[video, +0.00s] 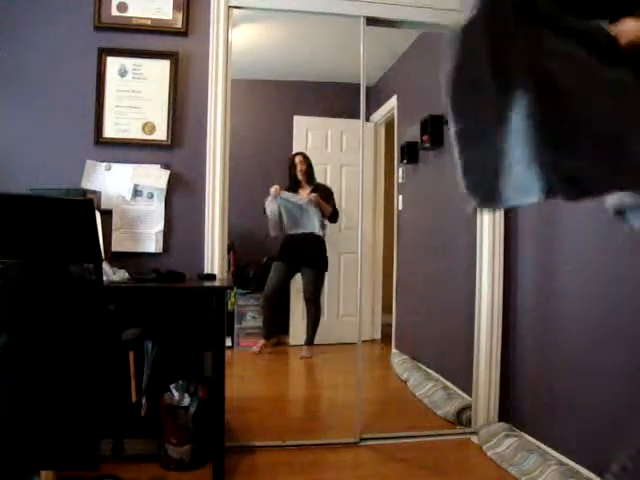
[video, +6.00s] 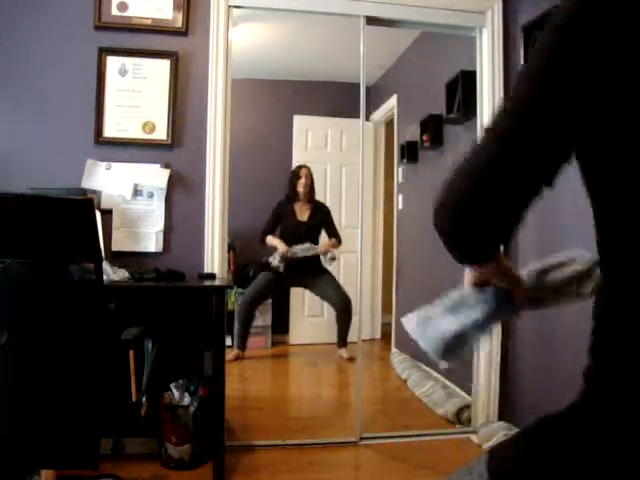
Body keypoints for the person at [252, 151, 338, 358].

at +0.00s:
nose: (301, 167)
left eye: (303, 163)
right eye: (297, 164)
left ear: (309, 166)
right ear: (291, 169)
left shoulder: (321, 190)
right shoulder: (286, 193)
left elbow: (334, 217)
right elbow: (274, 219)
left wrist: (319, 202)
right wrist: (274, 197)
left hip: (313, 243)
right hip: (290, 243)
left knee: (311, 296)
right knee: (270, 292)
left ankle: (308, 344)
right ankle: (268, 337)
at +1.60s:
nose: (309, 163)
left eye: (312, 159)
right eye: (304, 159)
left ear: (317, 163)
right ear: (297, 164)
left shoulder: (327, 191)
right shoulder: (289, 191)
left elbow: (344, 218)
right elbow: (273, 221)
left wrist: (344, 222)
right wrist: (281, 230)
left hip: (321, 252)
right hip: (293, 254)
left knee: (330, 302)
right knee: (281, 300)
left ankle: (334, 347)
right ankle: (265, 347)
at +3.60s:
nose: (309, 171)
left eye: (313, 167)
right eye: (305, 167)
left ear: (318, 169)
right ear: (300, 171)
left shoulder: (328, 197)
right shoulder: (290, 193)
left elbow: (335, 230)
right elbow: (275, 223)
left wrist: (333, 220)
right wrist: (281, 211)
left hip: (318, 257)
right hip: (291, 256)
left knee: (334, 299)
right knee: (270, 298)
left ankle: (337, 347)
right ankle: (248, 347)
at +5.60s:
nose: (292, 172)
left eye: (295, 169)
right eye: (288, 169)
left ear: (300, 174)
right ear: (281, 174)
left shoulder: (309, 201)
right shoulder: (272, 199)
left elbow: (321, 233)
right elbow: (252, 229)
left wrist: (308, 238)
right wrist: (270, 234)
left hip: (297, 261)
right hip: (270, 261)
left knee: (328, 301)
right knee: (249, 301)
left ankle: (336, 348)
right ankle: (240, 349)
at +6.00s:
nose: (304, 181)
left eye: (308, 178)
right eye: (300, 178)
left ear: (312, 182)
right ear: (293, 182)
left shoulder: (321, 210)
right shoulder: (283, 207)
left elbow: (336, 239)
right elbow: (265, 236)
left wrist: (327, 246)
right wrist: (279, 244)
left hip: (310, 269)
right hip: (282, 269)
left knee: (343, 302)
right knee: (246, 301)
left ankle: (342, 346)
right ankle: (238, 349)